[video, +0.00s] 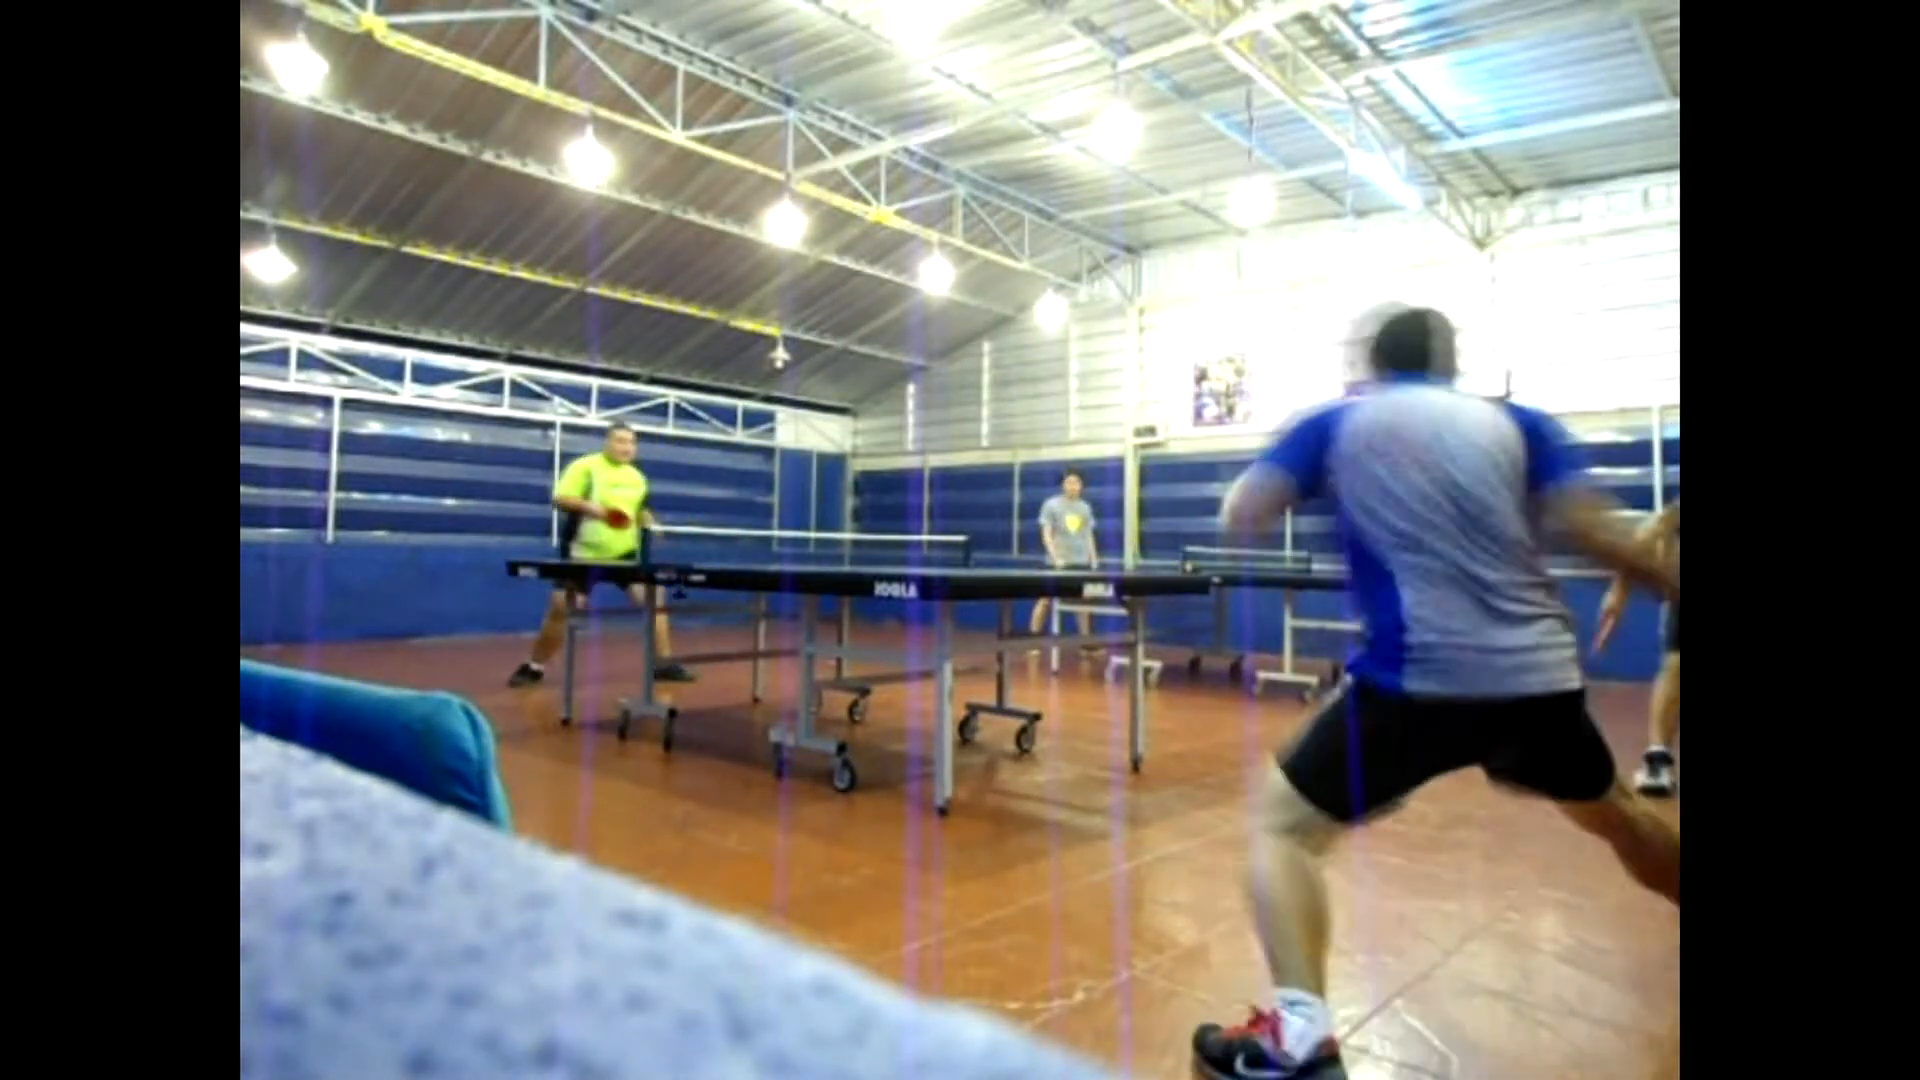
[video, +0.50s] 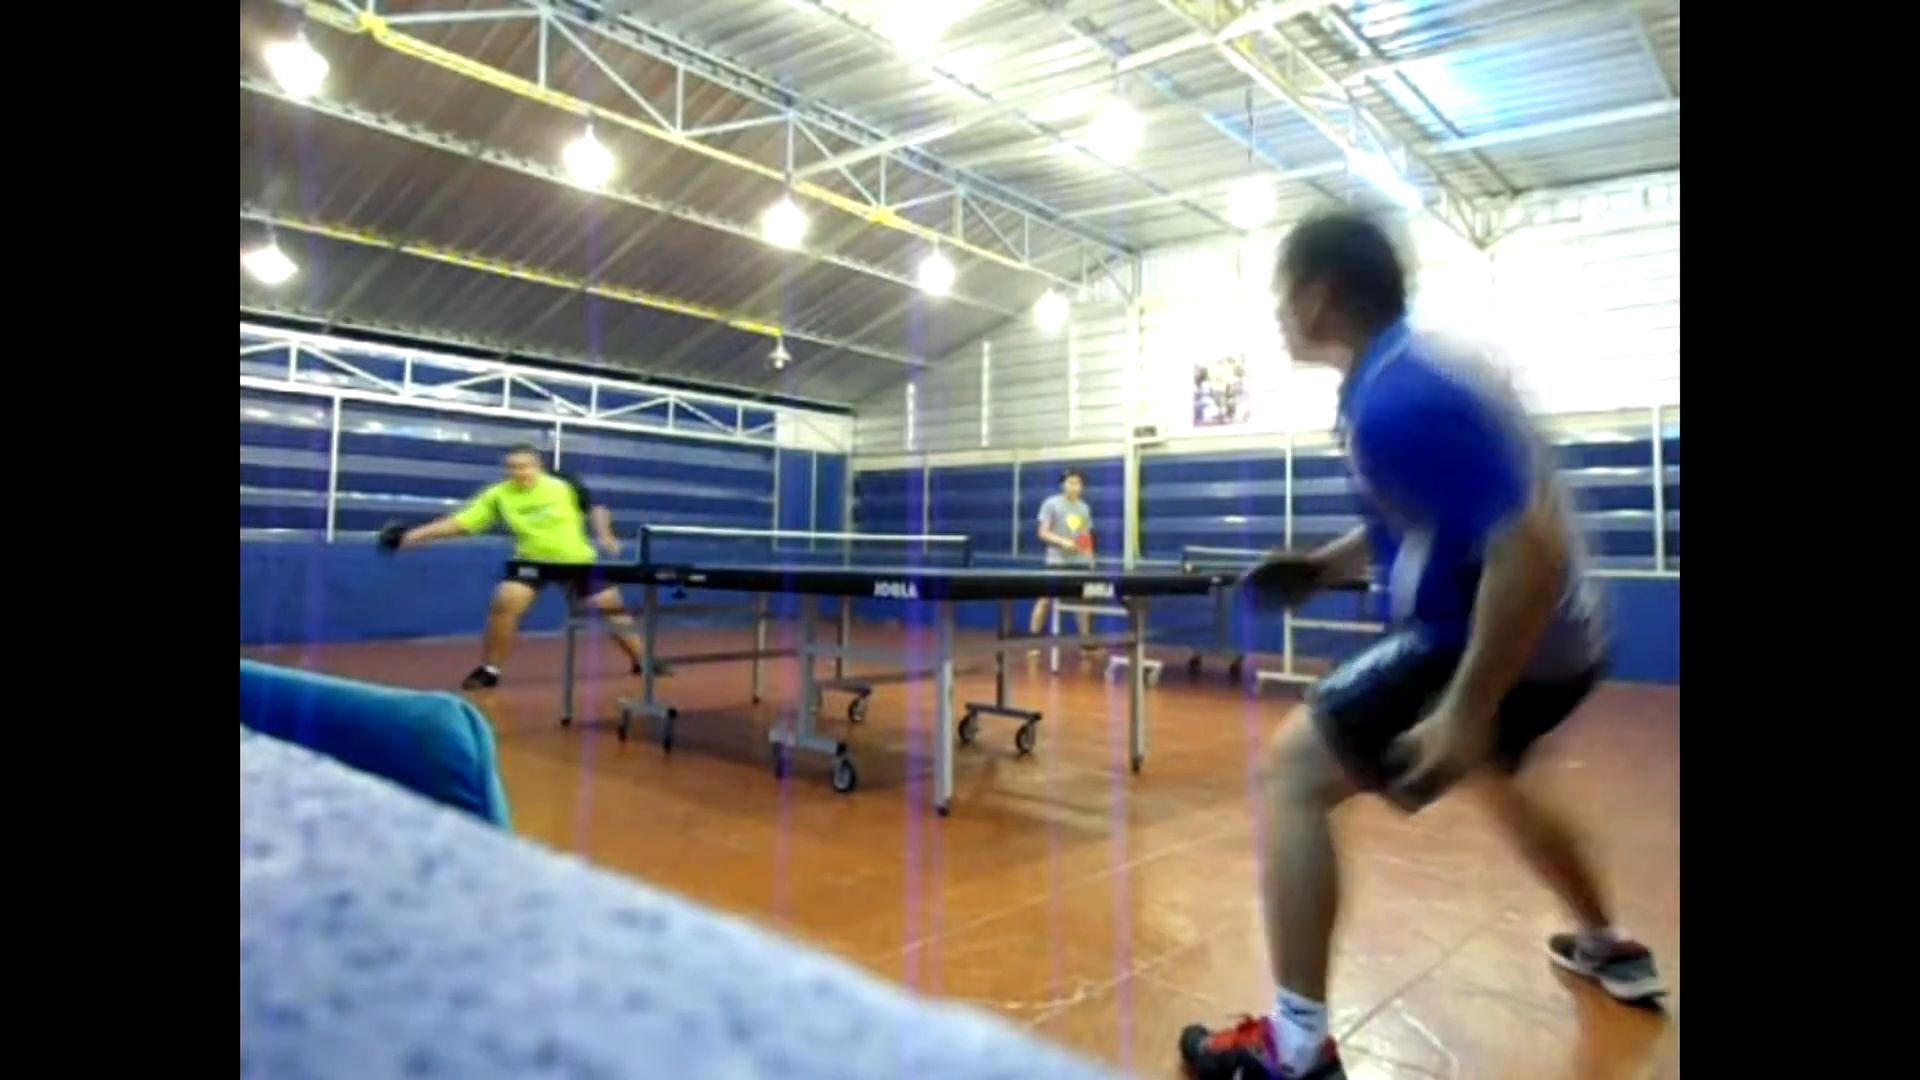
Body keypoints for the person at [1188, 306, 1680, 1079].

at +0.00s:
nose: (1354, 377)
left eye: (1359, 366)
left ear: (1374, 367)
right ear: (1450, 364)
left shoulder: (1338, 424)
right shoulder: (1519, 424)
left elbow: (1242, 518)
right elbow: (1584, 525)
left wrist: (1298, 468)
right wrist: (1663, 577)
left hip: (1412, 689)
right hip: (1537, 688)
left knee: (1283, 827)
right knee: (1621, 819)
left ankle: (1301, 1029)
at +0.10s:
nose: (1286, 382)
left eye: (1288, 370)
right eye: (1289, 371)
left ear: (1303, 372)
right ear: (1384, 358)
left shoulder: (1299, 451)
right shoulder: (1472, 409)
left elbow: (1264, 605)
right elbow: (1494, 512)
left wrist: (1212, 514)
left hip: (1410, 709)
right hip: (1535, 697)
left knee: (1244, 818)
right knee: (1599, 796)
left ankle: (1298, 1027)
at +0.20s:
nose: (1251, 399)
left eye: (1250, 382)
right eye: (1246, 382)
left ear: (1271, 381)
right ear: (1341, 359)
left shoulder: (1312, 479)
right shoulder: (1417, 392)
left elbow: (1323, 652)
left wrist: (1234, 586)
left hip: (1436, 711)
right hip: (1536, 688)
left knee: (1241, 805)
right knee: (1507, 784)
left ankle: (1296, 1028)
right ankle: (1663, 931)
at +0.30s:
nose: (1234, 391)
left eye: (1237, 372)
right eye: (1232, 373)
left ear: (1272, 373)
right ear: (1328, 353)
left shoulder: (1360, 479)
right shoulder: (1394, 395)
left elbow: (1414, 658)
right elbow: (1317, 509)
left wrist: (1268, 643)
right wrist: (1203, 542)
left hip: (1462, 702)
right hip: (1521, 674)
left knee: (1244, 790)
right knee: (1441, 785)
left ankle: (1295, 1031)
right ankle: (1608, 930)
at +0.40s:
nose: (1241, 369)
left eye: (1247, 350)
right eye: (1241, 351)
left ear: (1287, 351)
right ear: (1329, 338)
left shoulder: (1397, 452)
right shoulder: (1358, 421)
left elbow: (1495, 619)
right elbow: (1359, 537)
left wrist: (1363, 698)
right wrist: (1262, 591)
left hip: (1492, 682)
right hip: (1477, 663)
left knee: (1257, 781)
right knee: (1437, 799)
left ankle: (1295, 1036)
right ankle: (1587, 935)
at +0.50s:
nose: (1281, 311)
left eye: (1288, 291)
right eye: (1282, 290)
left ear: (1326, 298)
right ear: (1368, 293)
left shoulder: (1400, 391)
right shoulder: (1408, 371)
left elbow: (1531, 548)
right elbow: (1418, 517)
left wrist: (1466, 711)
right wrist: (1322, 568)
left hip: (1475, 653)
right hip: (1550, 644)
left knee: (1292, 776)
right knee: (1494, 772)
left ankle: (1296, 1037)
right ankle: (1606, 939)